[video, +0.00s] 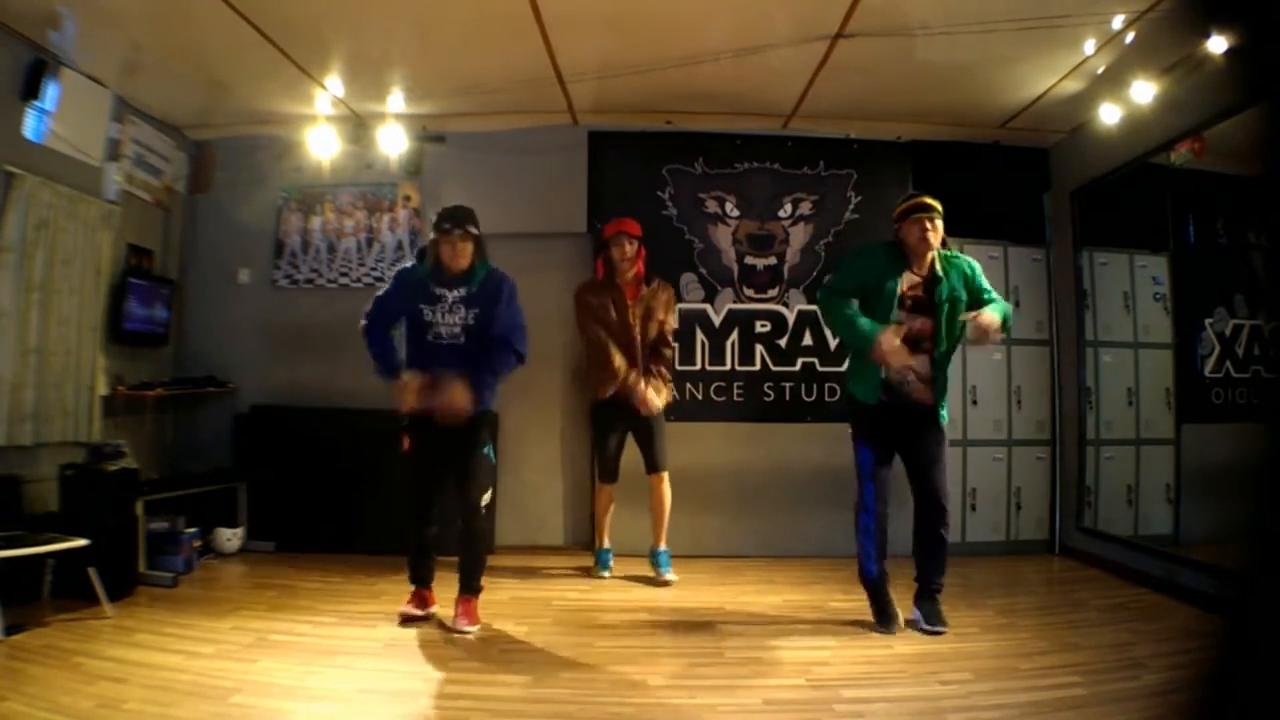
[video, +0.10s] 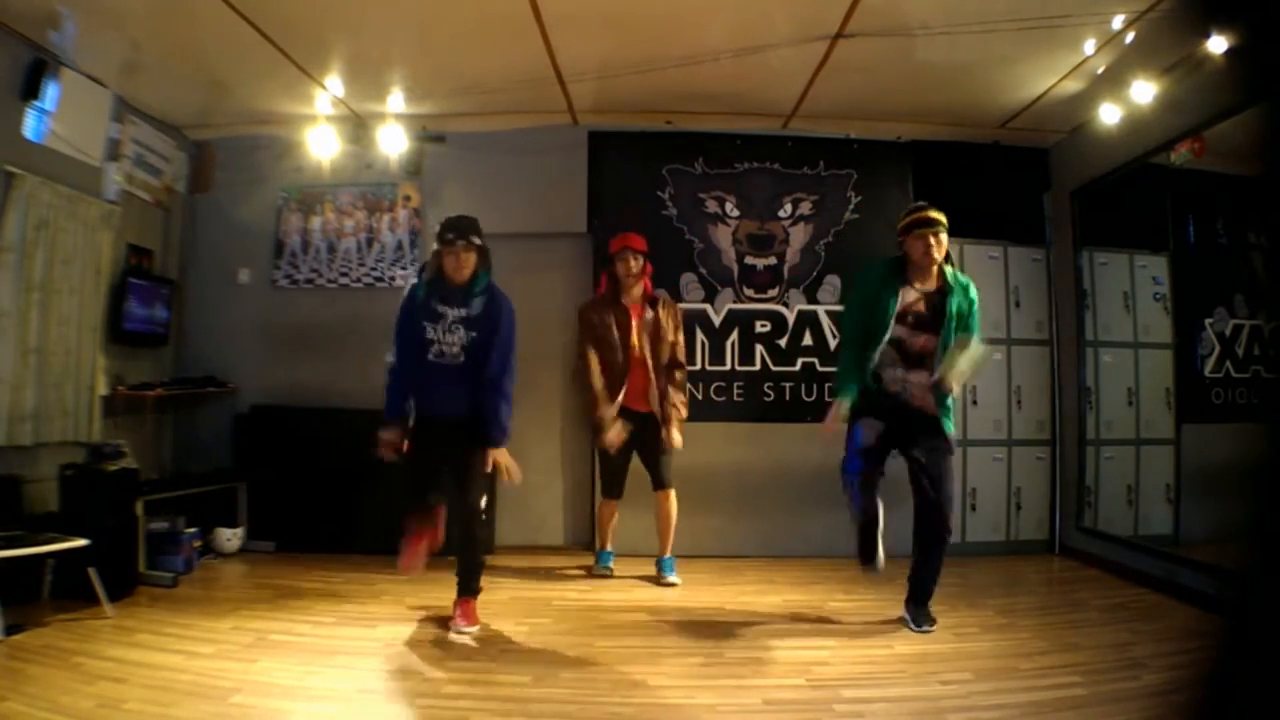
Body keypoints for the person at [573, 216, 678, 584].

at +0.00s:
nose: (623, 250)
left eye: (630, 243)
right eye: (616, 244)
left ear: (640, 248)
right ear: (606, 250)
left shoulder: (660, 291)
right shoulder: (590, 293)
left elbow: (666, 345)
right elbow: (599, 346)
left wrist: (656, 386)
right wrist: (633, 385)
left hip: (650, 395)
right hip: (609, 395)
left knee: (658, 471)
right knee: (605, 477)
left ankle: (661, 550)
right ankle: (603, 551)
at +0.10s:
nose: (629, 266)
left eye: (635, 259)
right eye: (622, 260)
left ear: (645, 264)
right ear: (612, 266)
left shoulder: (665, 308)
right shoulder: (595, 311)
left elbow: (677, 364)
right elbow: (590, 367)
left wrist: (674, 416)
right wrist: (605, 417)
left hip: (656, 414)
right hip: (615, 414)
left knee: (665, 486)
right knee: (610, 492)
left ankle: (667, 559)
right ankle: (604, 556)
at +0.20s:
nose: (633, 265)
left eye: (639, 258)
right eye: (626, 259)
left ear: (649, 264)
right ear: (616, 265)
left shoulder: (671, 308)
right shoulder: (601, 309)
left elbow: (683, 363)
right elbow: (587, 360)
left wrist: (683, 415)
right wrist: (580, 412)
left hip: (661, 413)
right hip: (620, 412)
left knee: (667, 489)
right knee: (618, 491)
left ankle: (666, 560)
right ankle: (607, 553)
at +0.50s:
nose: (625, 274)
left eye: (631, 268)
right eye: (619, 267)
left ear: (644, 272)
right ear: (611, 272)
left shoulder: (669, 309)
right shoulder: (604, 314)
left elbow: (694, 362)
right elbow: (590, 360)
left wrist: (701, 418)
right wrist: (583, 402)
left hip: (671, 410)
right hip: (631, 409)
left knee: (670, 491)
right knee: (638, 488)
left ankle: (676, 539)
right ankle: (655, 569)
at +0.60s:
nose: (643, 256)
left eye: (649, 249)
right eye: (637, 248)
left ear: (662, 254)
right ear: (627, 252)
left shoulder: (679, 298)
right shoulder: (612, 295)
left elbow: (694, 358)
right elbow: (599, 341)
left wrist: (708, 414)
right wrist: (589, 391)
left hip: (669, 395)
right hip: (629, 393)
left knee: (670, 472)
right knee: (639, 478)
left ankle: (676, 488)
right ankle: (653, 557)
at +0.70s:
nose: (654, 256)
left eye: (662, 251)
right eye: (649, 248)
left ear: (671, 259)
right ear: (637, 252)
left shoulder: (683, 302)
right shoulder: (613, 297)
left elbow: (696, 356)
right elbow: (600, 350)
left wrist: (706, 409)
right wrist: (601, 404)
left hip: (671, 398)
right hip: (631, 396)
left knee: (671, 460)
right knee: (641, 484)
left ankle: (670, 464)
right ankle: (647, 558)